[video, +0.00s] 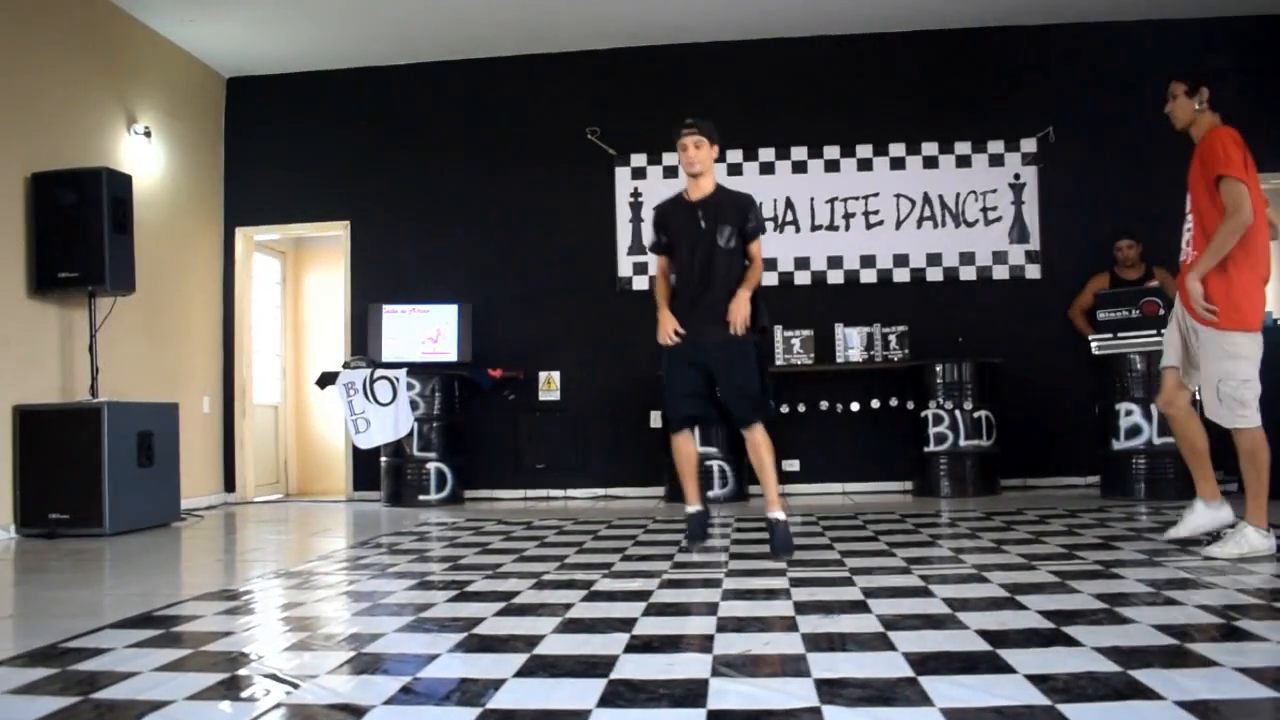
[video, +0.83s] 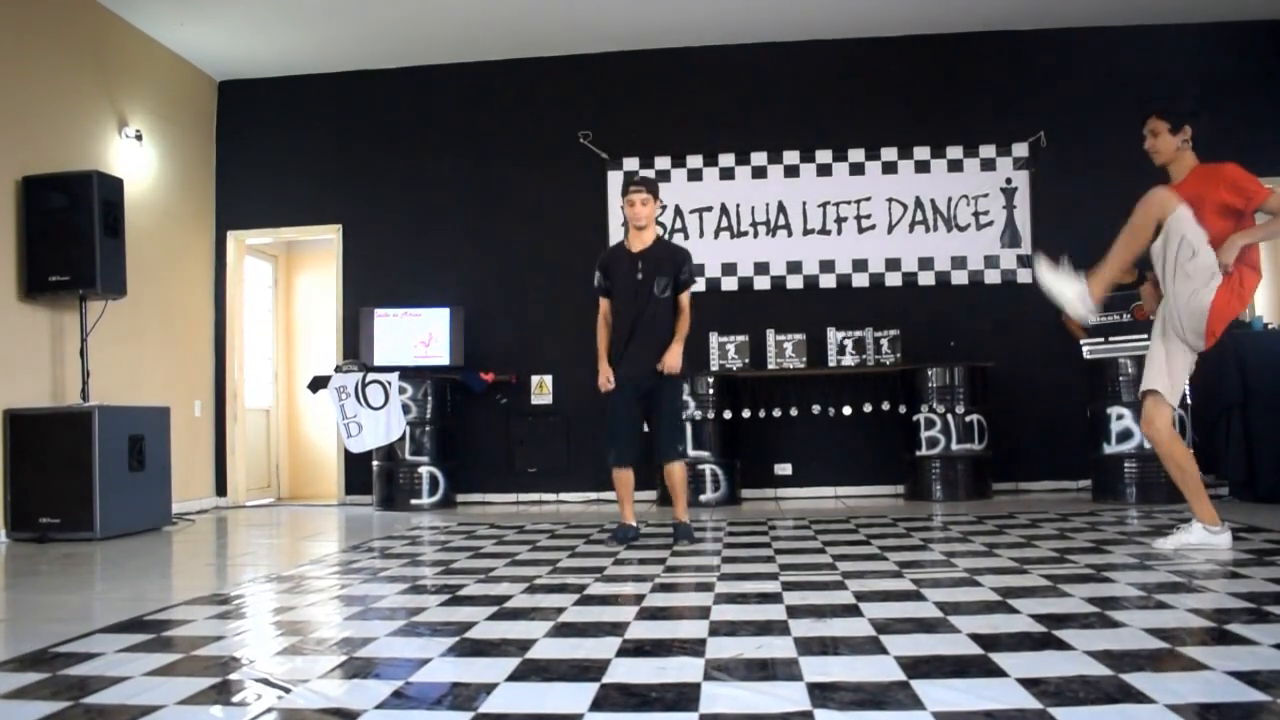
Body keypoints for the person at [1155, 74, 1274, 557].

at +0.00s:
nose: (1167, 107)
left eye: (1173, 98)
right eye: (1167, 99)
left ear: (1201, 98)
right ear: (1196, 101)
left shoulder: (1220, 140)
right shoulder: (1210, 147)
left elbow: (1241, 213)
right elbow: (1254, 221)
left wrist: (1194, 273)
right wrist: (1195, 275)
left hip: (1229, 311)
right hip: (1194, 305)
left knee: (1242, 416)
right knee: (1172, 399)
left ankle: (1257, 528)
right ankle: (1209, 503)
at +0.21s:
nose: (1149, 115)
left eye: (1157, 106)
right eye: (1150, 107)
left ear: (1184, 111)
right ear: (1173, 112)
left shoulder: (1196, 153)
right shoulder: (1181, 158)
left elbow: (1240, 208)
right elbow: (1211, 223)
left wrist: (1192, 268)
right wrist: (1176, 275)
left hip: (1208, 308)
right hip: (1189, 307)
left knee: (1194, 414)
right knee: (1178, 413)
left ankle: (1248, 522)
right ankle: (1209, 519)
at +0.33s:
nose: (1144, 119)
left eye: (1152, 111)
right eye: (1145, 112)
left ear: (1179, 116)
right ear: (1169, 118)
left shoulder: (1196, 154)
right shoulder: (1180, 163)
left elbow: (1251, 205)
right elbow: (1202, 228)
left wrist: (1193, 250)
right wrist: (1166, 269)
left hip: (1200, 296)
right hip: (1199, 298)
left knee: (1139, 392)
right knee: (1180, 411)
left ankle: (1218, 476)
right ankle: (1209, 523)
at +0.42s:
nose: (1143, 124)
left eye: (1151, 115)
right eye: (1143, 117)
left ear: (1179, 119)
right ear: (1163, 124)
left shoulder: (1203, 155)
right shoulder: (1172, 175)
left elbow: (1267, 199)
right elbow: (1197, 241)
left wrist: (1207, 234)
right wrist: (1165, 269)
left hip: (1206, 288)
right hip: (1196, 294)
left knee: (1107, 328)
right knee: (1173, 411)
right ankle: (1211, 523)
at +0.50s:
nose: (1142, 127)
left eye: (1150, 118)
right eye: (1141, 120)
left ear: (1179, 122)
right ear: (1154, 128)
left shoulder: (1208, 159)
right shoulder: (1162, 187)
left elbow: (1271, 194)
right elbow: (1170, 257)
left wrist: (1218, 228)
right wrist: (1093, 288)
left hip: (1209, 286)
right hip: (1185, 301)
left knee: (1113, 250)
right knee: (1170, 414)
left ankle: (1112, 360)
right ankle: (1210, 524)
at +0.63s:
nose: (1141, 136)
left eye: (1148, 127)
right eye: (1140, 129)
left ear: (1178, 130)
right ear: (1157, 136)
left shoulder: (1210, 165)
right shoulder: (1160, 190)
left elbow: (1274, 197)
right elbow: (1173, 258)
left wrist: (1229, 224)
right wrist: (1150, 283)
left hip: (1202, 292)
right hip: (1169, 308)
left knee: (1165, 186)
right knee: (1156, 417)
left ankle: (1058, 245)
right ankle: (1209, 524)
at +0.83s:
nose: (1147, 144)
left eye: (1155, 135)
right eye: (1145, 137)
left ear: (1184, 136)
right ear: (1161, 142)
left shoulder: (1224, 176)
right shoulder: (1165, 197)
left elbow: (1279, 215)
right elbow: (1178, 257)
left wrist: (1240, 238)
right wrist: (1154, 286)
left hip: (1211, 302)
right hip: (1176, 314)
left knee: (1159, 198)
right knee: (1156, 422)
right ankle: (1210, 526)